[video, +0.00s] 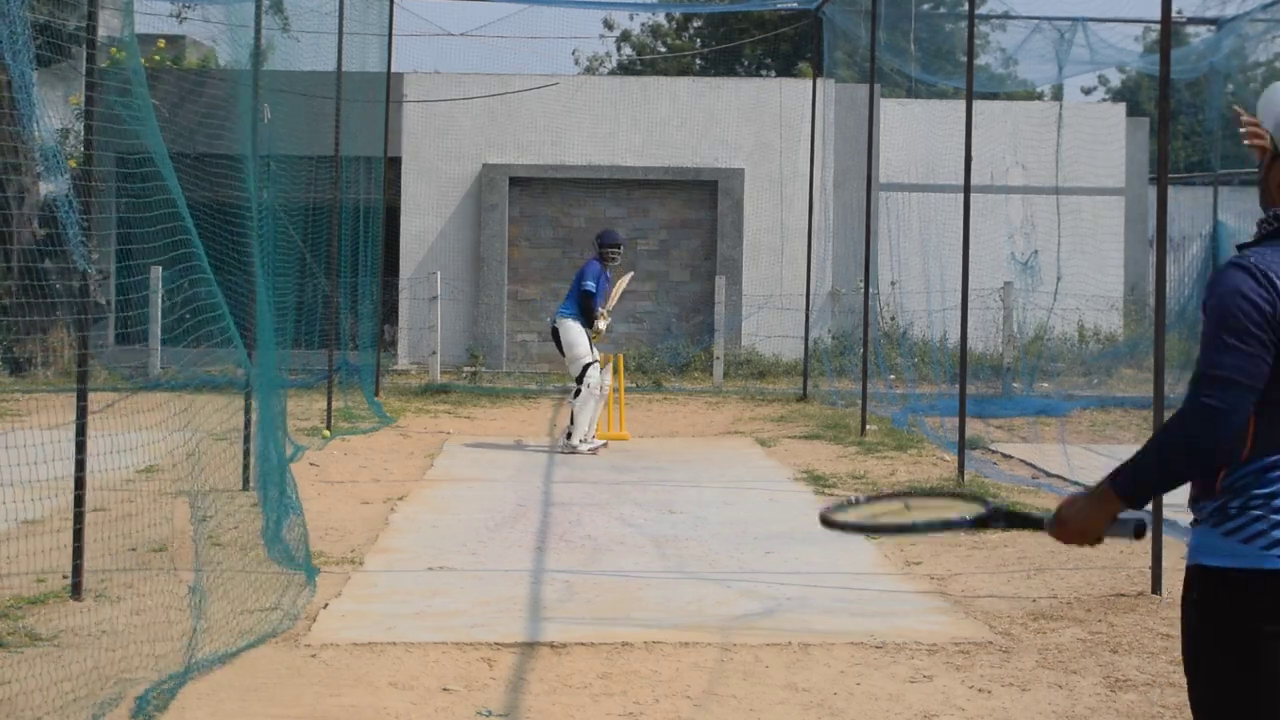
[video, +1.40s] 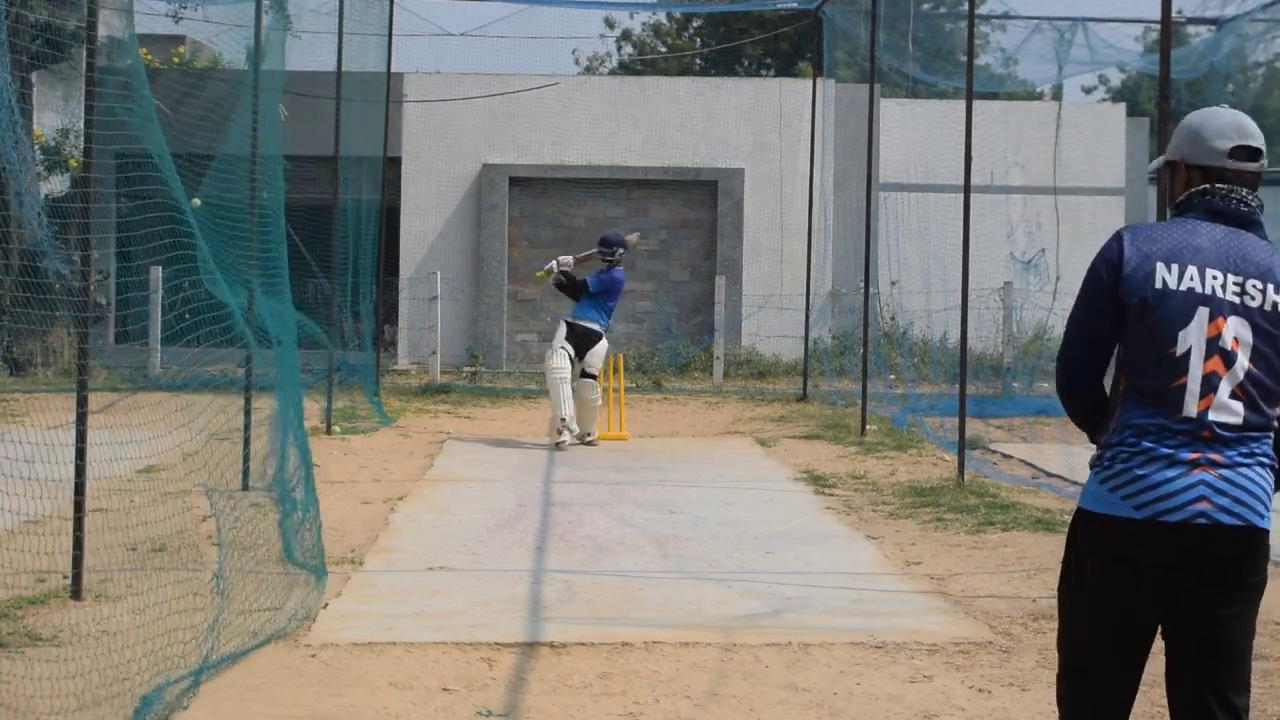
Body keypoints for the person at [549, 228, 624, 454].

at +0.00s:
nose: (613, 254)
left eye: (617, 250)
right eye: (609, 249)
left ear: (621, 251)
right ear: (600, 249)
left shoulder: (606, 275)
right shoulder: (593, 268)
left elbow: (602, 303)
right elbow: (587, 299)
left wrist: (603, 317)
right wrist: (596, 320)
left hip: (581, 325)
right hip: (569, 323)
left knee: (601, 380)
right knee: (590, 378)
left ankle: (585, 435)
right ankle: (574, 438)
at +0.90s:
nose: (618, 265)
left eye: (623, 262)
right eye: (615, 260)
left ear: (627, 262)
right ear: (608, 257)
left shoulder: (620, 277)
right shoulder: (595, 269)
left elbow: (614, 301)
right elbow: (590, 300)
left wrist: (625, 303)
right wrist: (615, 312)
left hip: (589, 327)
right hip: (571, 323)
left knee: (611, 378)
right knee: (586, 375)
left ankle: (583, 430)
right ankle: (584, 436)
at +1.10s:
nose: (617, 255)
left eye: (622, 252)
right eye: (614, 249)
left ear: (629, 251)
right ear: (609, 243)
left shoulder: (624, 266)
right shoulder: (598, 246)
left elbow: (598, 272)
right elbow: (580, 257)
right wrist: (562, 255)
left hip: (596, 312)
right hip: (574, 304)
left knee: (598, 368)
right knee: (597, 361)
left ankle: (589, 428)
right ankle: (601, 423)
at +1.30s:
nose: (607, 255)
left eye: (610, 252)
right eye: (605, 251)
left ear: (614, 252)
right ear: (605, 251)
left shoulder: (615, 273)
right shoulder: (595, 269)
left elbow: (582, 275)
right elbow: (578, 290)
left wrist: (574, 259)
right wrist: (564, 268)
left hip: (596, 326)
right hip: (571, 319)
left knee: (598, 378)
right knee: (582, 368)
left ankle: (589, 426)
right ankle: (591, 424)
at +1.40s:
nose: (604, 257)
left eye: (608, 254)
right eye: (602, 253)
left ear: (619, 254)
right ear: (600, 252)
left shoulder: (615, 276)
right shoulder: (603, 274)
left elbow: (580, 287)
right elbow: (578, 295)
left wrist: (565, 269)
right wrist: (558, 279)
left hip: (594, 332)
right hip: (573, 326)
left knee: (587, 383)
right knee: (558, 367)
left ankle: (588, 432)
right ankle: (566, 425)